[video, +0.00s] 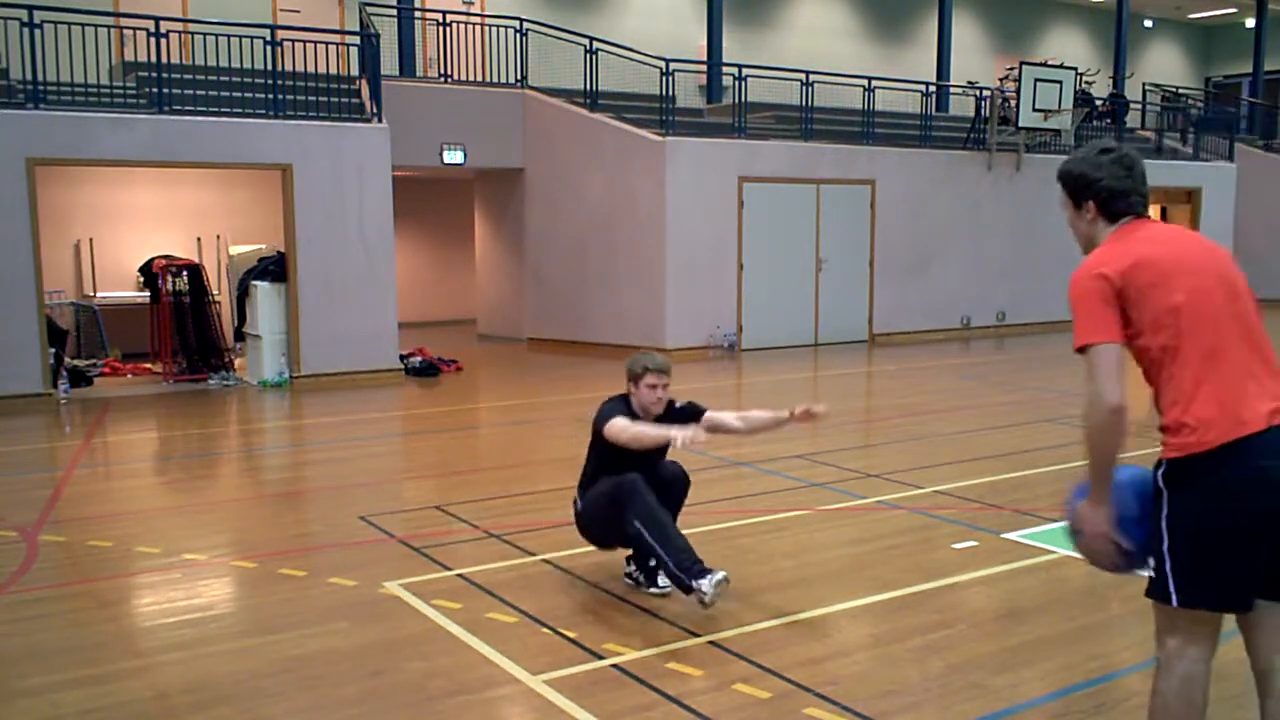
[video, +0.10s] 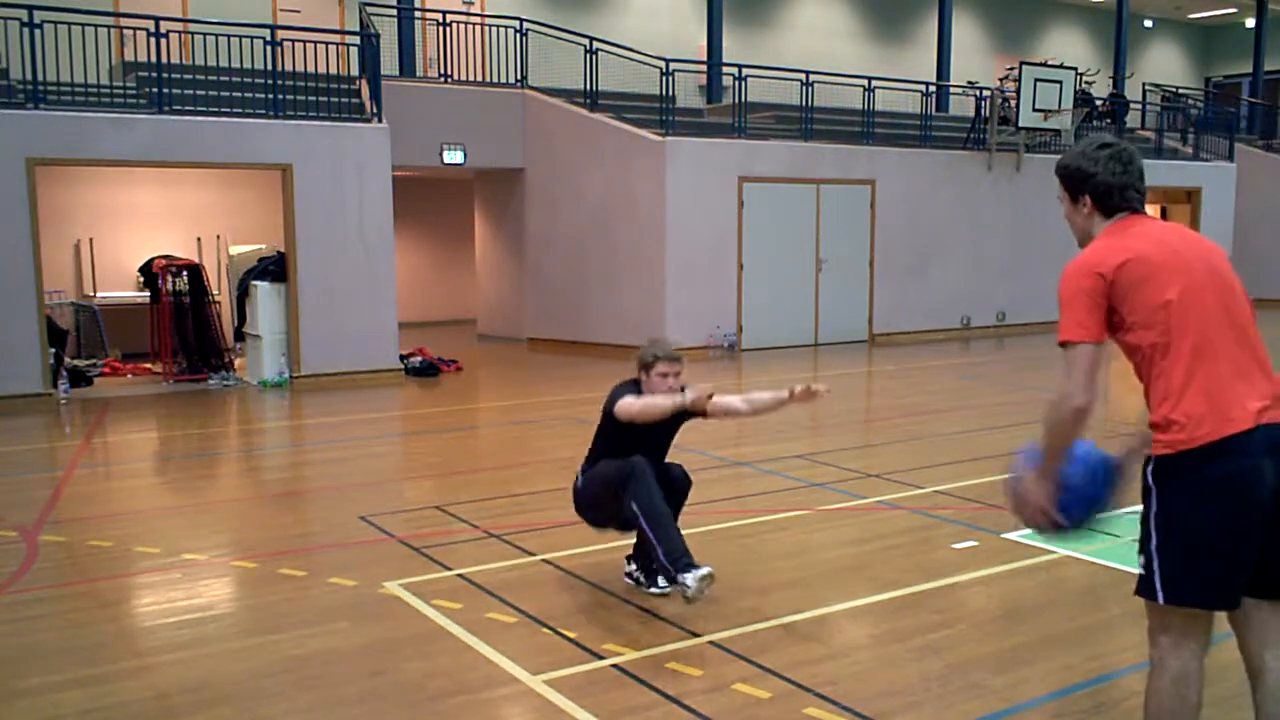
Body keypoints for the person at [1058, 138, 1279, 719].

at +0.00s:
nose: (1068, 223)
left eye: (1067, 209)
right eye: (1066, 209)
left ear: (1089, 207)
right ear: (1139, 200)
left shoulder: (1101, 270)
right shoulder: (1203, 245)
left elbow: (1111, 402)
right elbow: (1232, 369)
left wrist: (1099, 500)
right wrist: (1175, 471)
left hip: (1208, 463)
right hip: (1274, 447)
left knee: (1184, 646)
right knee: (1268, 625)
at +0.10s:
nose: (1065, 216)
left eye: (1065, 203)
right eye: (1064, 203)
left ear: (1082, 201)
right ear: (1136, 194)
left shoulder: (1092, 265)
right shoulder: (1196, 243)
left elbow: (1078, 400)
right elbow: (1212, 376)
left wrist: (1047, 473)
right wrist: (1133, 450)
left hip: (1196, 460)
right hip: (1266, 445)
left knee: (1177, 642)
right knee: (1261, 622)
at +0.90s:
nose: (1113, 162)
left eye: (1116, 148)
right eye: (1114, 148)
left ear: (1138, 152)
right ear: (1184, 150)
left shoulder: (1139, 228)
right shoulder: (1241, 224)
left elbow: (1151, 357)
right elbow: (1263, 349)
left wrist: (1117, 471)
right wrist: (1249, 427)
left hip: (1177, 462)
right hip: (1253, 456)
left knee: (1151, 631)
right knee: (1231, 615)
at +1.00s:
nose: (1136, 156)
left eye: (1138, 143)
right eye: (1136, 143)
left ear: (1160, 149)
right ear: (1212, 150)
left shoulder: (1159, 226)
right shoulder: (1262, 224)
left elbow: (1162, 359)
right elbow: (1266, 338)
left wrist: (1124, 470)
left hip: (1189, 463)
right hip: (1264, 457)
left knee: (1158, 636)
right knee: (1246, 615)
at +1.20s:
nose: (1183, 153)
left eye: (1188, 140)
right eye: (1185, 140)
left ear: (1213, 148)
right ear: (1257, 147)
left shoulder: (1205, 226)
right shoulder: (1273, 210)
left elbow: (1182, 362)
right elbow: (1258, 351)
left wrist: (1106, 439)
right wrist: (1192, 432)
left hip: (1221, 458)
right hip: (1272, 453)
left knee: (1177, 631)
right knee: (1269, 616)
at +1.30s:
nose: (1206, 153)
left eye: (1211, 140)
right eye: (1209, 140)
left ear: (1237, 148)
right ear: (1260, 149)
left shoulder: (1233, 228)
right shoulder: (1263, 221)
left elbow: (1200, 360)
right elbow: (1260, 347)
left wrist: (1111, 384)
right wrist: (1187, 391)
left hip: (1239, 462)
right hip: (1271, 457)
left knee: (1186, 639)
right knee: (1276, 619)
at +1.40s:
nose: (1228, 157)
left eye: (1232, 143)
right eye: (1229, 143)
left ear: (1258, 147)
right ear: (1271, 149)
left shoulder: (1255, 228)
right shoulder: (1259, 228)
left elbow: (1222, 359)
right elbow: (1240, 348)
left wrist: (1130, 321)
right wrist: (1161, 326)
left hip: (1250, 466)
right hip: (1258, 463)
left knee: (1194, 642)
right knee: (1193, 639)